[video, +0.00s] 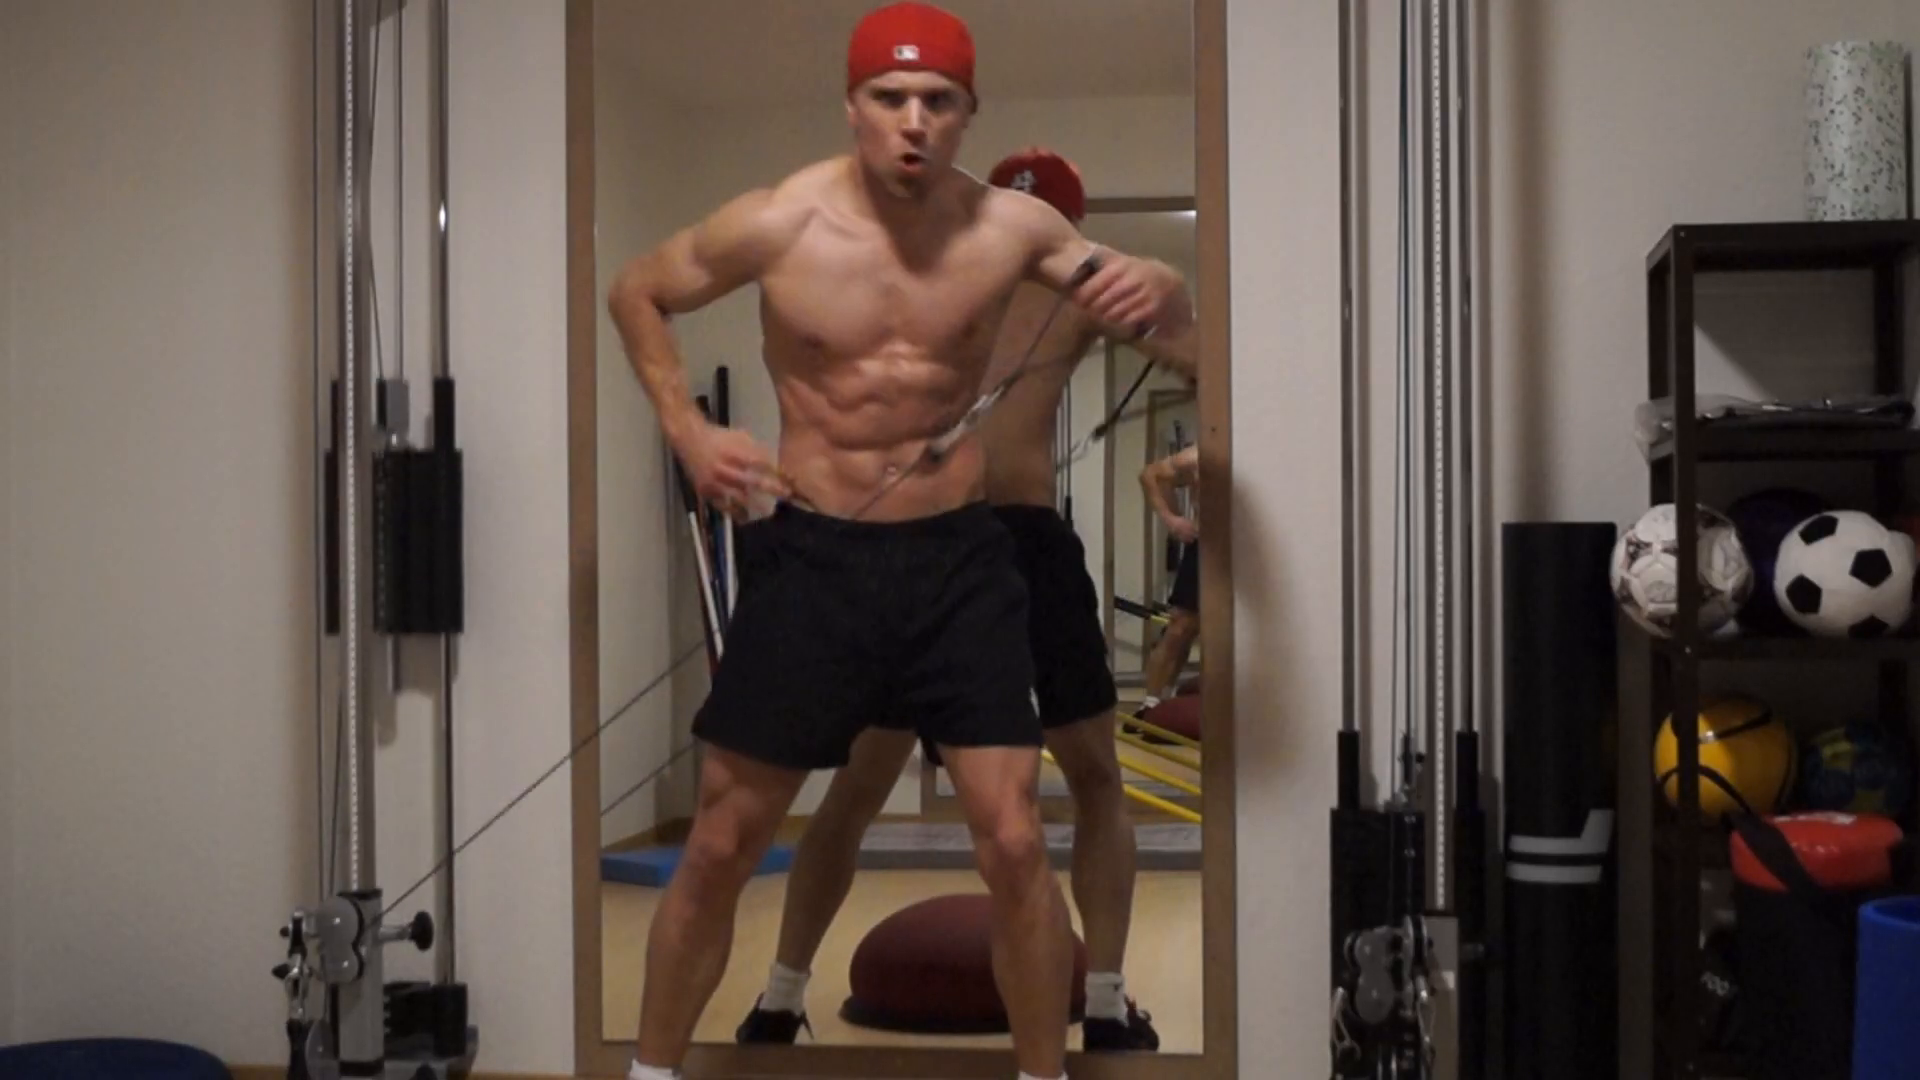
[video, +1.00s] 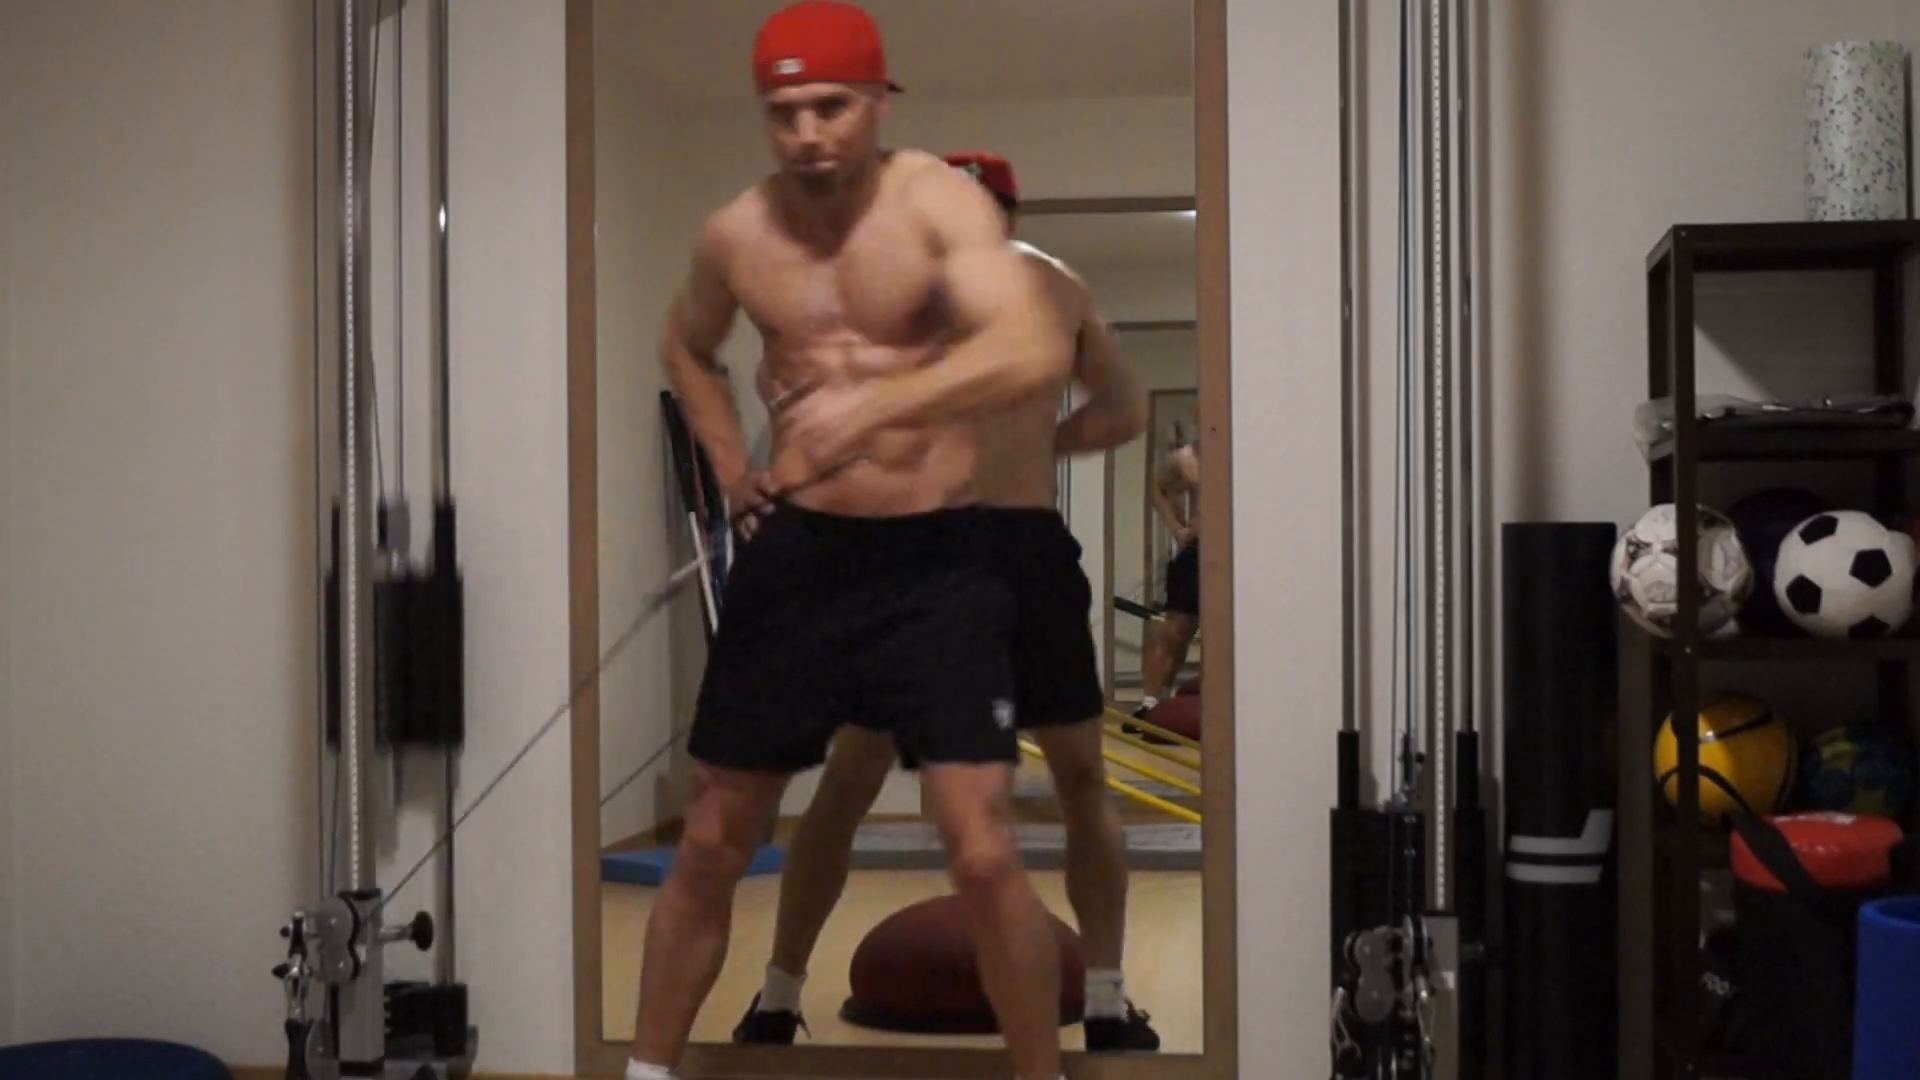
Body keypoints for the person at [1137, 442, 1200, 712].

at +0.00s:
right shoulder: (1208, 456)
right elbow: (1151, 475)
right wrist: (1171, 518)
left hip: (1224, 549)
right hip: (1203, 545)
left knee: (1191, 629)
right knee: (1181, 627)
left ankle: (1166, 695)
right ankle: (1152, 699)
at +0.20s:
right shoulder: (1197, 456)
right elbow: (1148, 476)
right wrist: (1169, 521)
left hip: (1224, 549)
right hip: (1198, 546)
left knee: (1191, 630)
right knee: (1179, 628)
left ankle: (1165, 695)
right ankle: (1151, 700)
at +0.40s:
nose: (1190, 431)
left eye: (1195, 424)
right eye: (1185, 425)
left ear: (1207, 426)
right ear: (1178, 430)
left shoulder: (1217, 463)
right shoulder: (1173, 466)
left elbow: (1229, 502)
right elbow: (1175, 510)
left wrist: (1205, 517)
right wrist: (1183, 525)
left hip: (1218, 549)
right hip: (1189, 547)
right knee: (1171, 623)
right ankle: (1150, 697)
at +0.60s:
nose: (1169, 437)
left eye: (1175, 430)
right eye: (1167, 431)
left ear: (1194, 431)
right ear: (1185, 434)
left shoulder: (1197, 460)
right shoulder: (1194, 459)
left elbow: (1191, 519)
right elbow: (1193, 521)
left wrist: (1150, 540)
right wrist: (1163, 543)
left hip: (1195, 552)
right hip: (1196, 550)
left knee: (1163, 624)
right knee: (1170, 626)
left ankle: (1148, 700)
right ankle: (1159, 697)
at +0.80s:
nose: (1173, 445)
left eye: (1179, 437)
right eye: (1171, 438)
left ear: (1198, 437)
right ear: (1176, 440)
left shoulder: (1198, 470)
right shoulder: (1202, 469)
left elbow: (1173, 522)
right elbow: (1182, 530)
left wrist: (1133, 556)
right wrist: (1149, 557)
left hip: (1199, 556)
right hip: (1195, 555)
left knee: (1164, 623)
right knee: (1167, 624)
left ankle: (1148, 700)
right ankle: (1153, 699)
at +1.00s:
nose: (1208, 427)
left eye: (1213, 421)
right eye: (1203, 420)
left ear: (1223, 425)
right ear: (1197, 423)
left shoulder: (1231, 461)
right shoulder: (1187, 459)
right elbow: (1159, 490)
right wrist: (1178, 528)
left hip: (1221, 549)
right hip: (1194, 546)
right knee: (1178, 628)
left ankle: (1163, 695)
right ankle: (1151, 697)